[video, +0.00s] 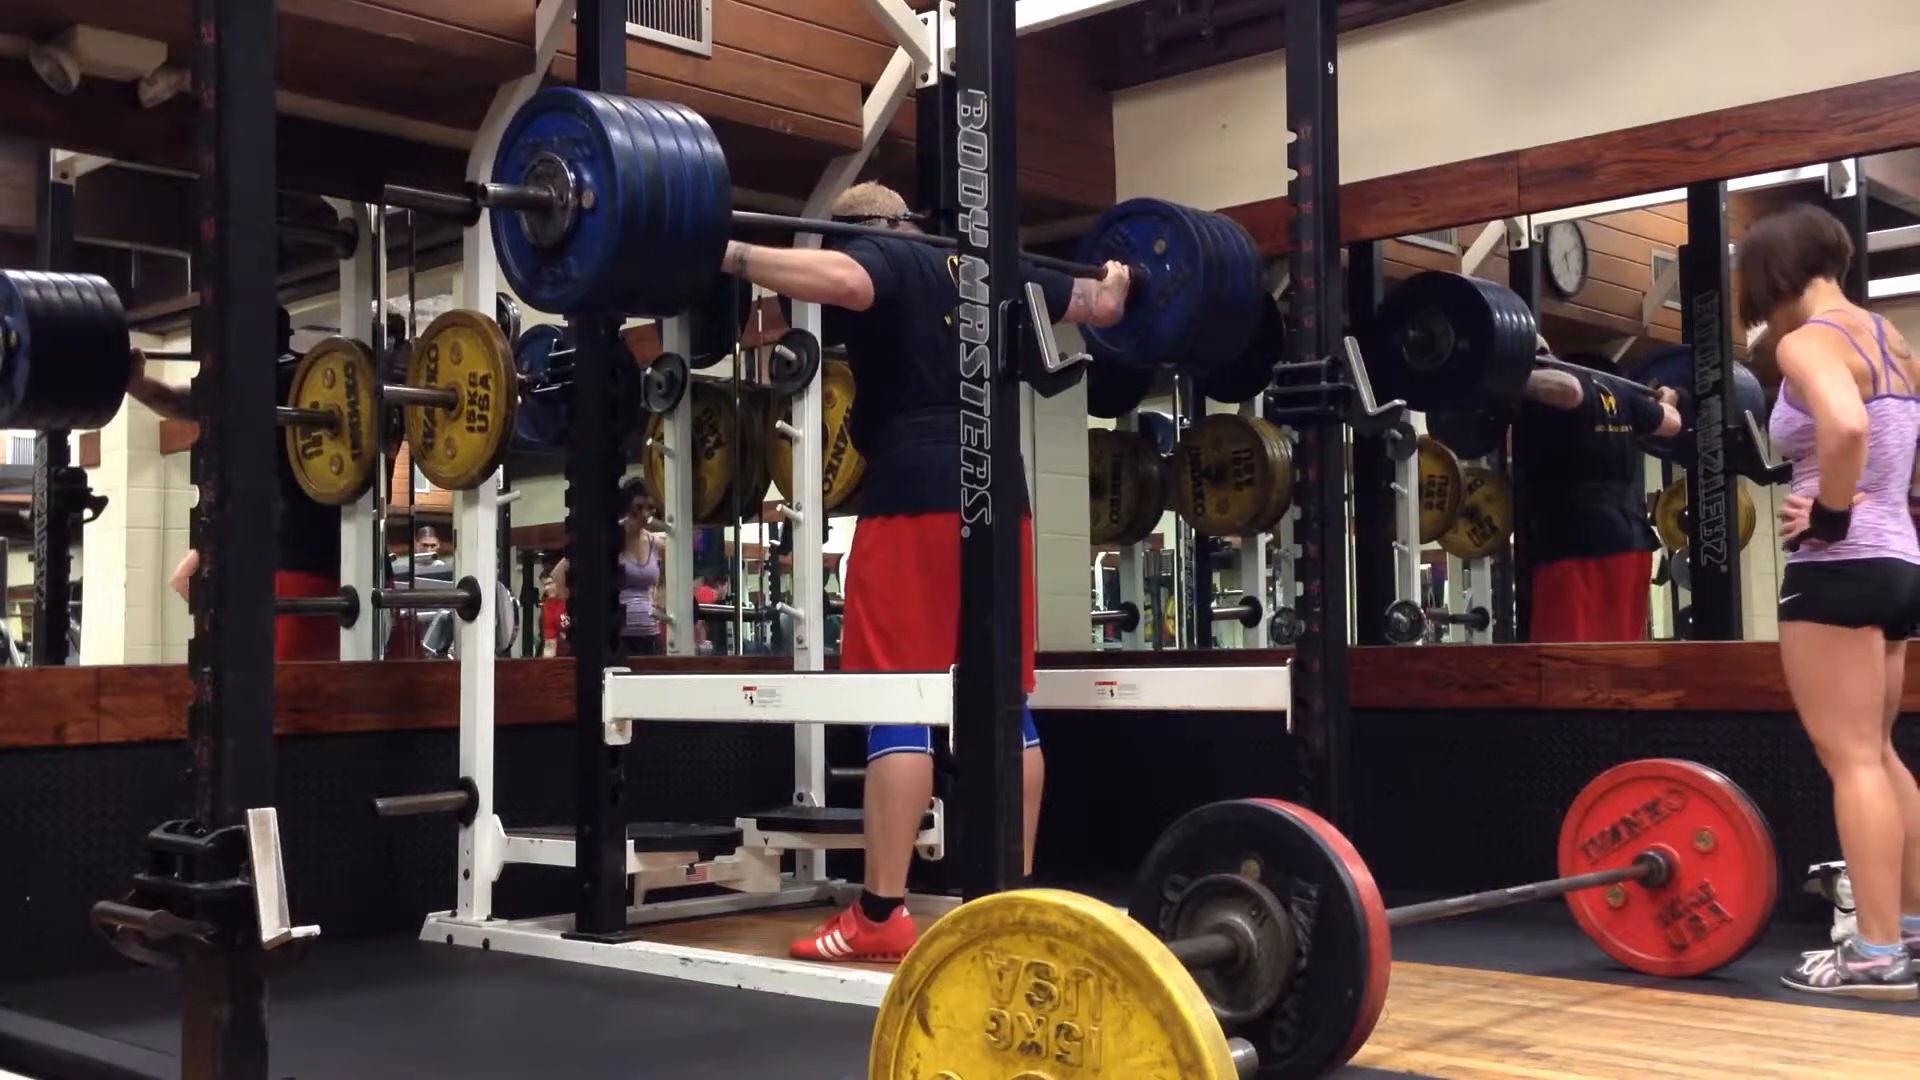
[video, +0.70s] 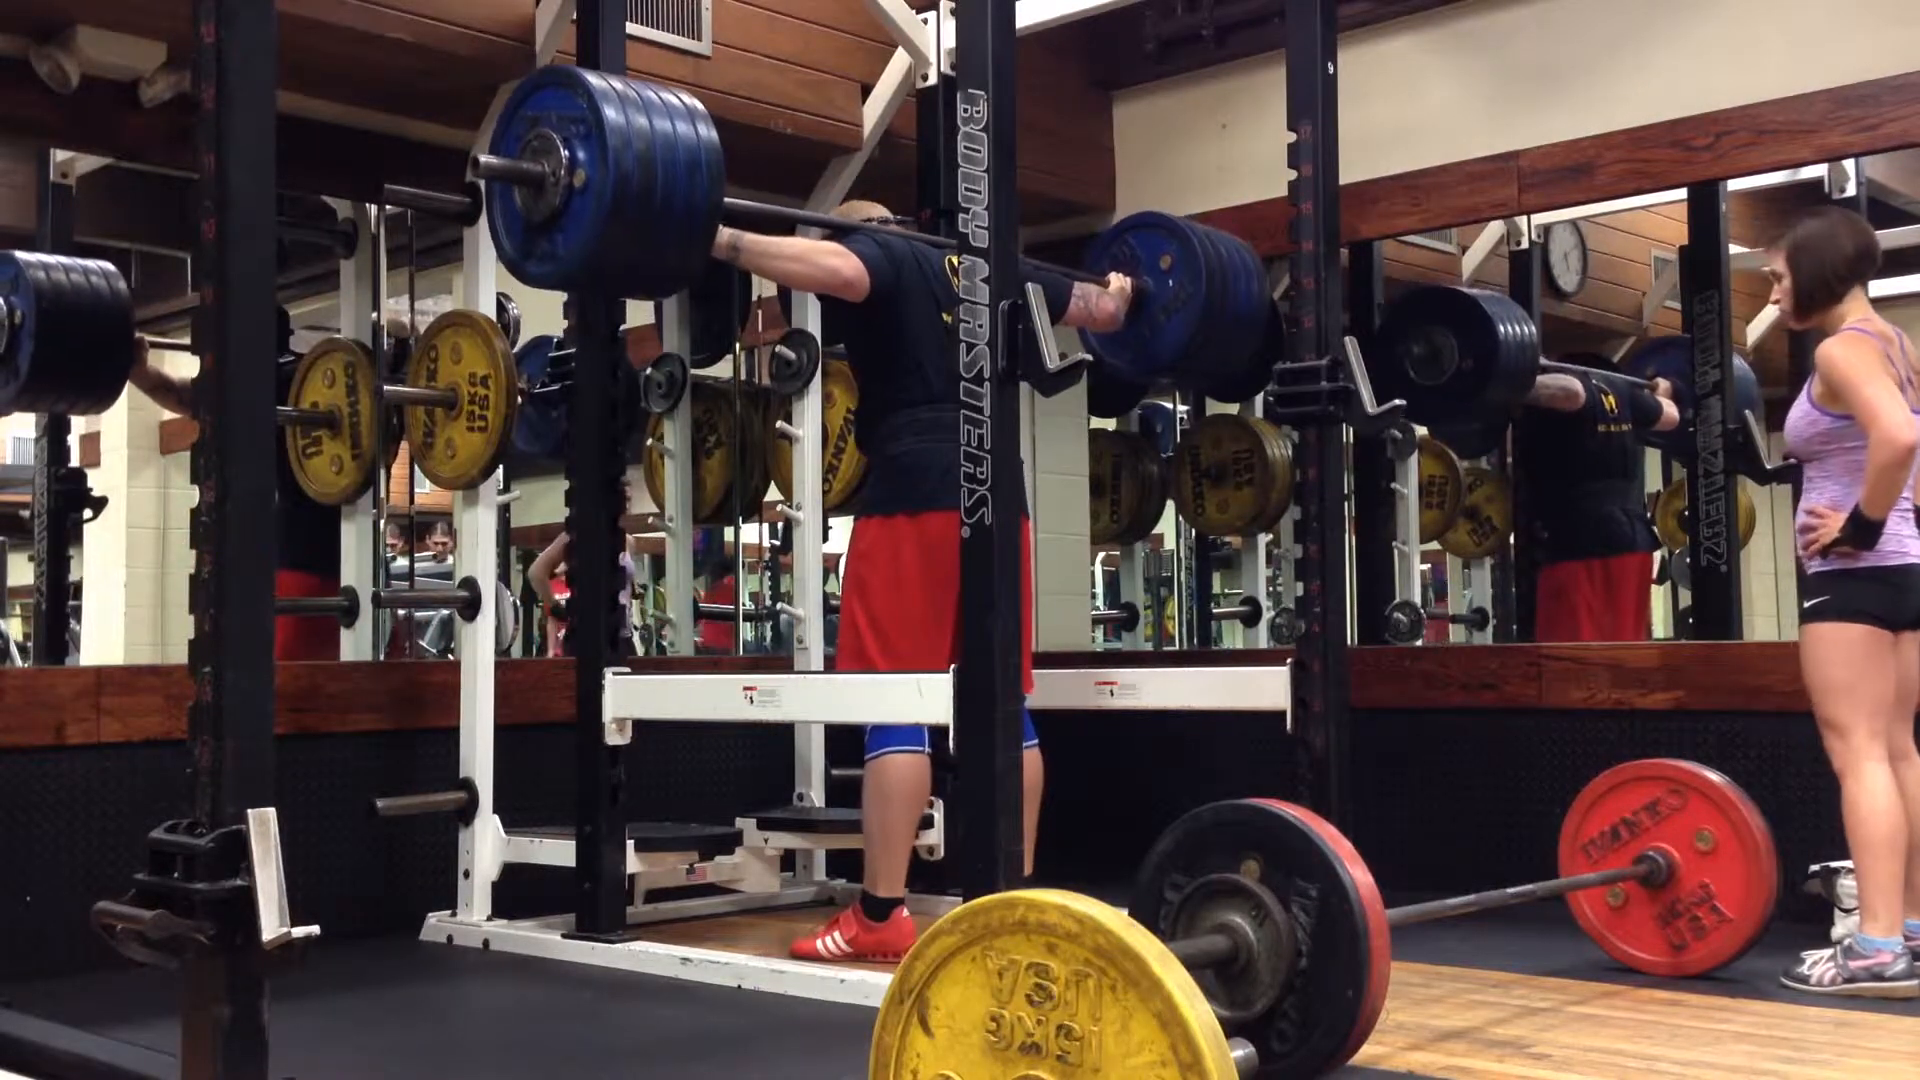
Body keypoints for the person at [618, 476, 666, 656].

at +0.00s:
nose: (645, 514)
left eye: (650, 507)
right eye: (639, 507)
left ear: (654, 510)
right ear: (626, 508)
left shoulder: (655, 542)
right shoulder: (614, 539)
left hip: (649, 624)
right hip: (620, 624)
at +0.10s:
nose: (646, 510)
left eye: (649, 503)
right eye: (639, 504)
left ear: (653, 505)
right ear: (624, 508)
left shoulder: (652, 543)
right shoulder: (604, 541)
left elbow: (657, 580)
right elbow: (556, 573)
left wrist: (655, 604)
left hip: (647, 629)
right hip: (613, 628)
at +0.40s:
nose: (635, 508)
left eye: (638, 501)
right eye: (630, 501)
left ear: (641, 502)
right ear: (615, 503)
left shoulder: (638, 543)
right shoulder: (588, 538)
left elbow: (639, 583)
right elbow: (547, 570)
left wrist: (639, 608)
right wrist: (563, 607)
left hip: (635, 630)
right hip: (599, 630)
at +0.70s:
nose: (625, 508)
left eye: (627, 502)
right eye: (621, 501)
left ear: (625, 504)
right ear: (604, 503)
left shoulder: (625, 540)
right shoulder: (574, 537)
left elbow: (628, 578)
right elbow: (537, 573)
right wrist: (554, 606)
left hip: (619, 628)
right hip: (583, 629)